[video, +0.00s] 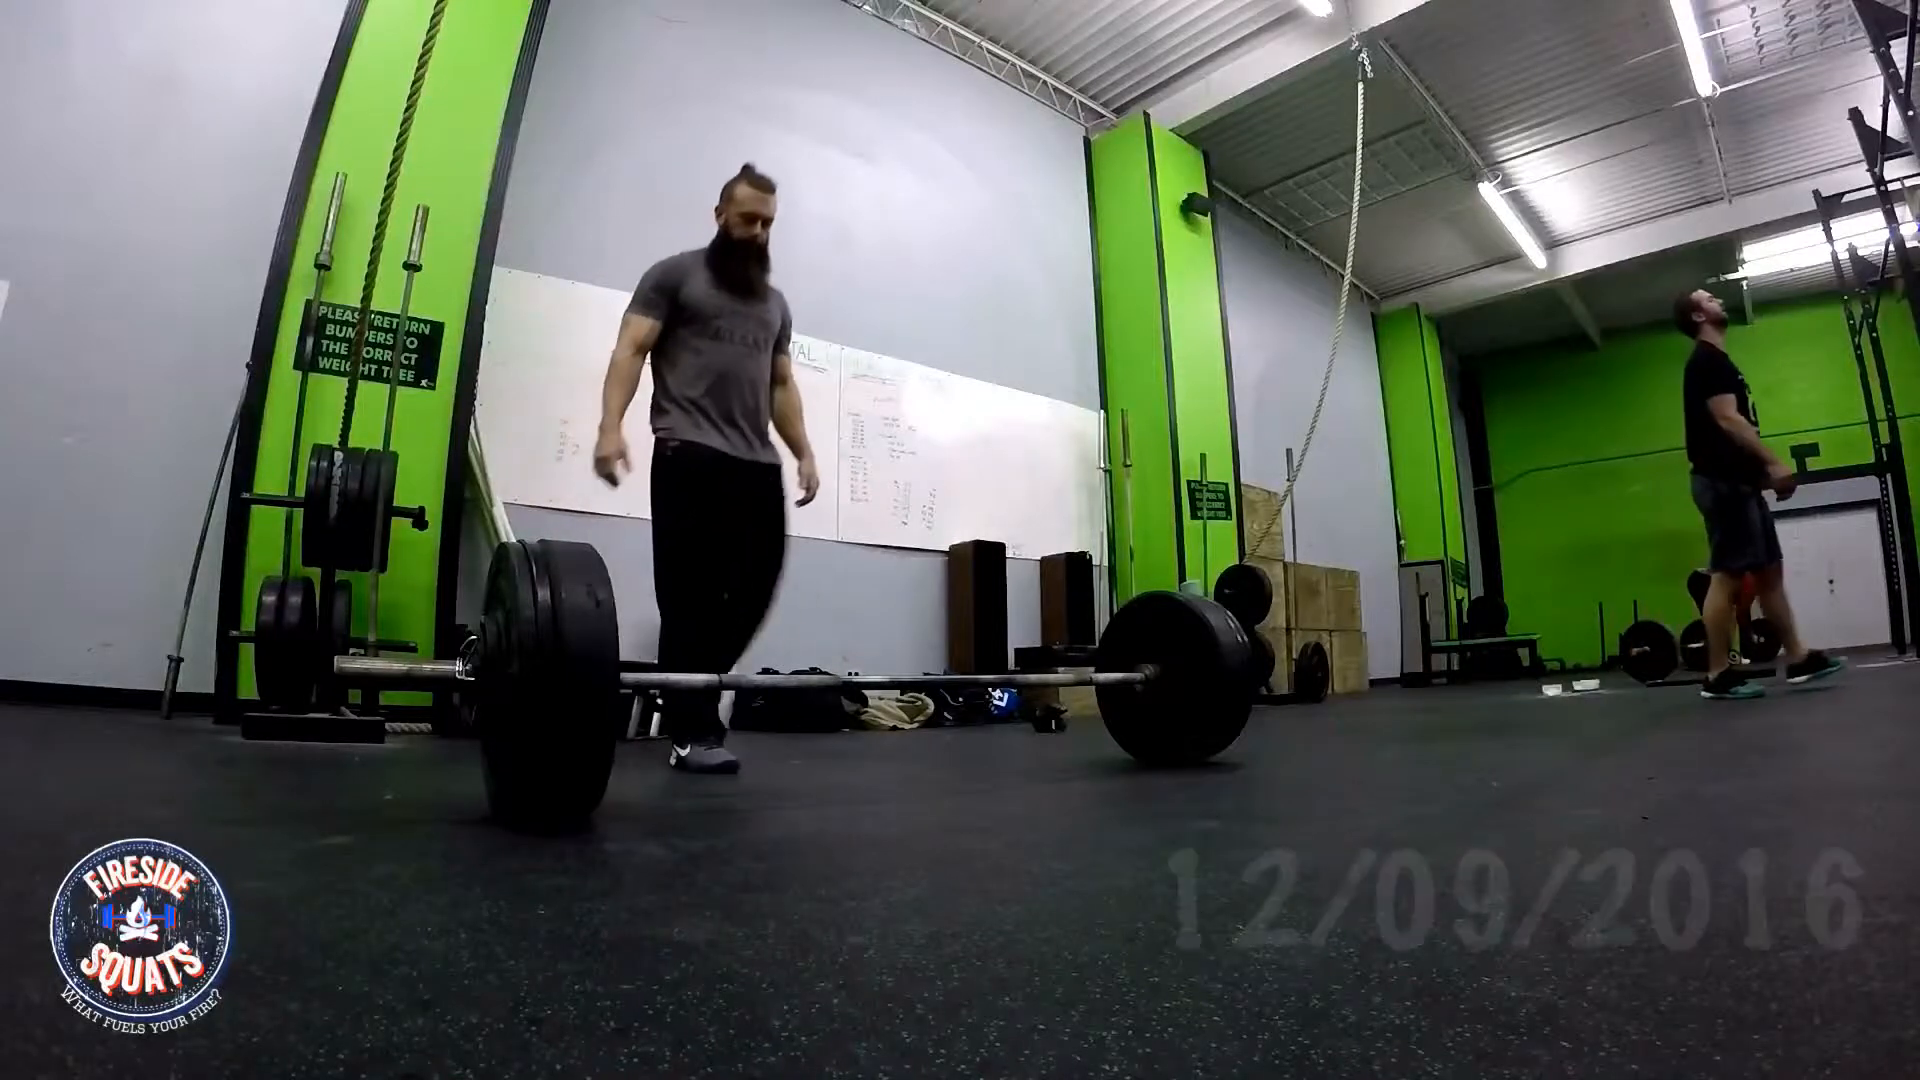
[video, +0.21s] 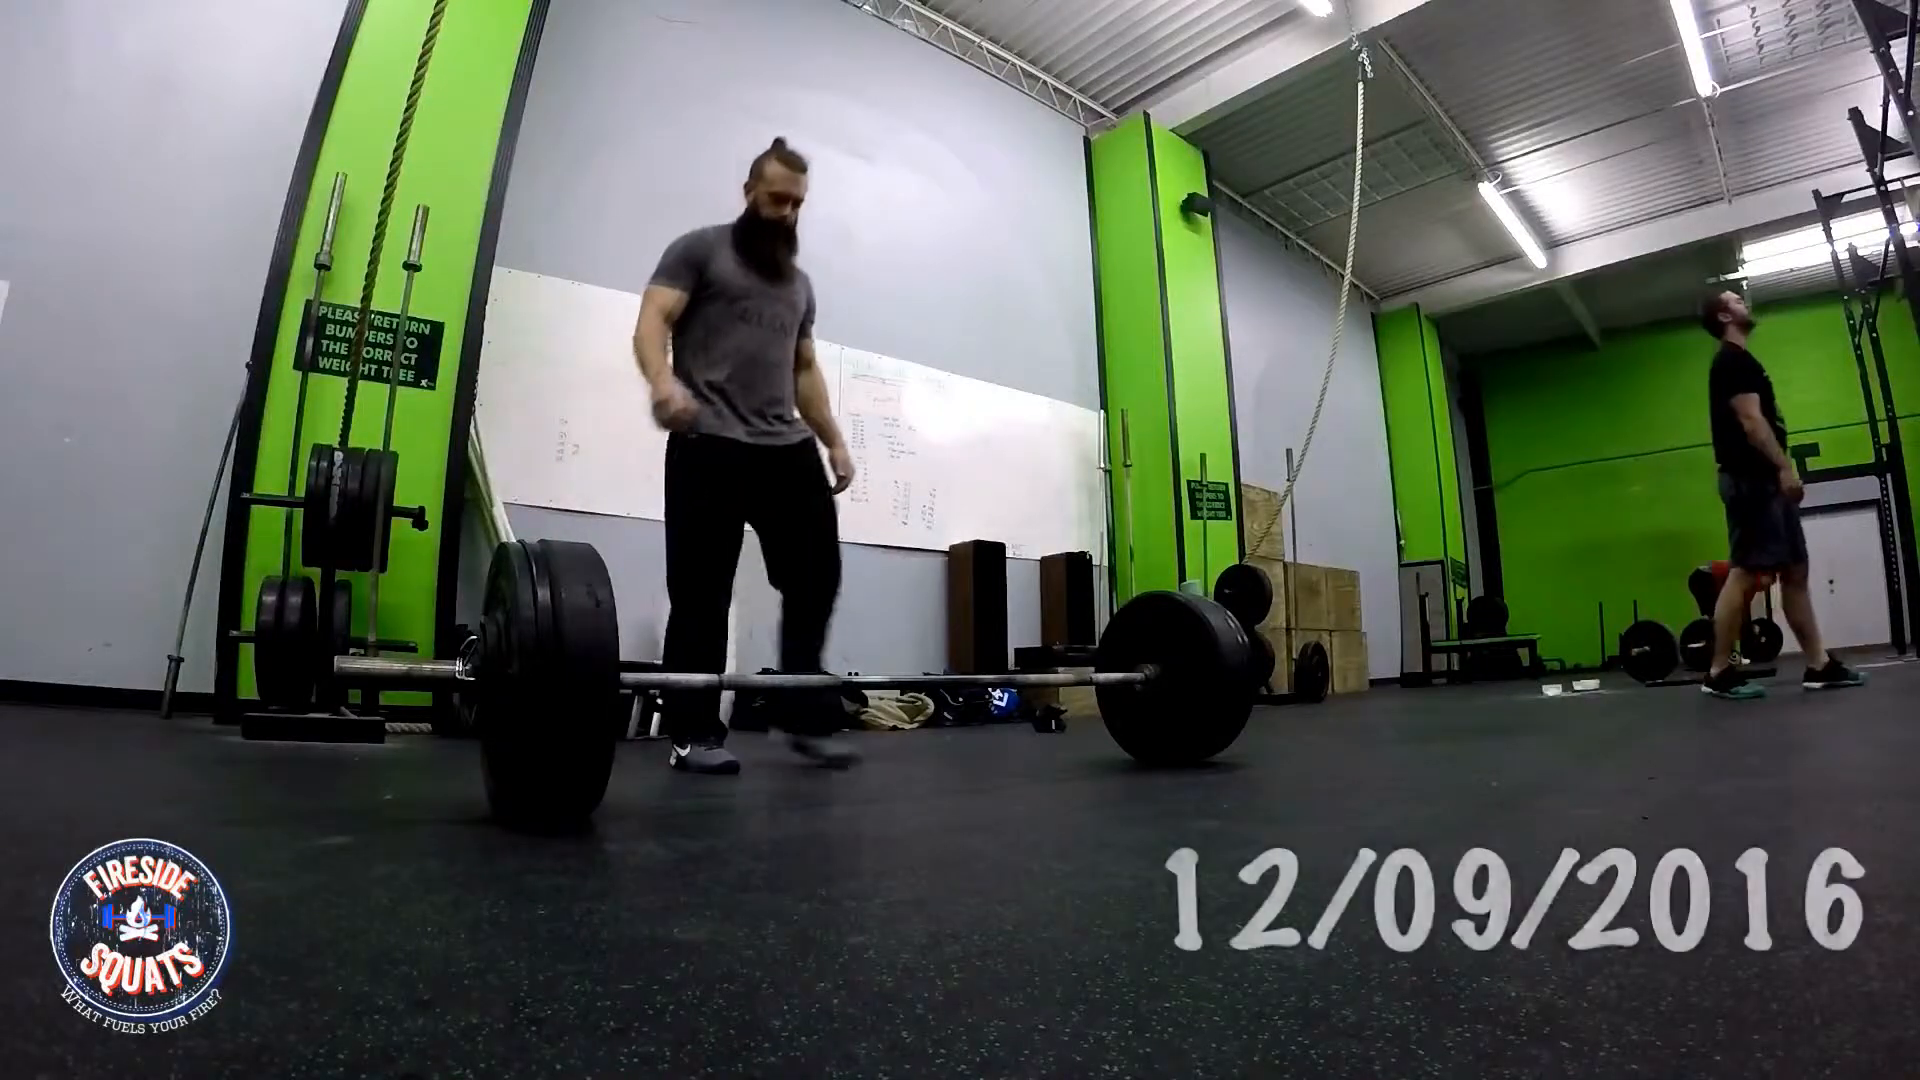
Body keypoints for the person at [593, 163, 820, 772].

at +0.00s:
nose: (757, 231)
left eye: (766, 222)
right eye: (747, 218)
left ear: (773, 224)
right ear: (720, 213)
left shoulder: (775, 304)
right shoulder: (673, 276)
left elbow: (781, 383)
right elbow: (630, 350)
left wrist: (804, 451)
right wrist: (610, 426)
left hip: (754, 464)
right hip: (687, 455)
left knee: (756, 583)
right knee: (692, 588)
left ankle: (686, 696)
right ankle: (693, 737)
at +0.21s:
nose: (784, 211)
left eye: (794, 201)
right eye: (774, 198)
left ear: (804, 203)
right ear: (749, 191)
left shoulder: (797, 285)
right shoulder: (699, 251)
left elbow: (804, 368)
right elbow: (651, 324)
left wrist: (834, 440)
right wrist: (663, 382)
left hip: (783, 451)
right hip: (706, 442)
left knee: (814, 577)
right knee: (702, 593)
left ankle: (800, 718)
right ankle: (694, 736)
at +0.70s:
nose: (899, 195)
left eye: (911, 187)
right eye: (889, 181)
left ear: (922, 190)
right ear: (864, 173)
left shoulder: (913, 273)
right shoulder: (806, 225)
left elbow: (921, 361)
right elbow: (747, 291)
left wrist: (947, 439)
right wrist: (722, 362)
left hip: (879, 434)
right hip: (796, 417)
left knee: (874, 587)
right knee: (771, 564)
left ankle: (883, 741)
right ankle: (726, 721)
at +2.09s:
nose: (976, 111)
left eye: (989, 98)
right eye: (966, 94)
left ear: (1003, 90)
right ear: (933, 68)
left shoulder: (985, 170)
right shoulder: (854, 122)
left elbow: (982, 279)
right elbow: (768, 217)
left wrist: (1007, 373)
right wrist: (758, 324)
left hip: (943, 387)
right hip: (845, 375)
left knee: (963, 565)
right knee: (827, 566)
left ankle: (1004, 745)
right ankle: (826, 758)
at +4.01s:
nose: (1024, 121)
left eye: (1039, 110)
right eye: (1016, 102)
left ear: (1056, 104)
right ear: (987, 75)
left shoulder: (1032, 193)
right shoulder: (905, 128)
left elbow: (1029, 299)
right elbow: (820, 215)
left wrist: (1061, 393)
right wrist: (812, 315)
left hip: (971, 396)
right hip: (873, 377)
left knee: (987, 570)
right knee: (844, 564)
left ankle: (1004, 746)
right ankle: (820, 756)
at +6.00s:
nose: (982, 58)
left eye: (988, 51)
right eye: (965, 45)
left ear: (989, 76)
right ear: (923, 62)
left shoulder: (1003, 173)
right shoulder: (877, 124)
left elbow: (1013, 281)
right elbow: (792, 210)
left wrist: (1026, 344)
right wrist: (832, 288)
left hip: (966, 384)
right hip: (871, 370)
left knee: (992, 556)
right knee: (843, 561)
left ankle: (1005, 745)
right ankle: (819, 758)